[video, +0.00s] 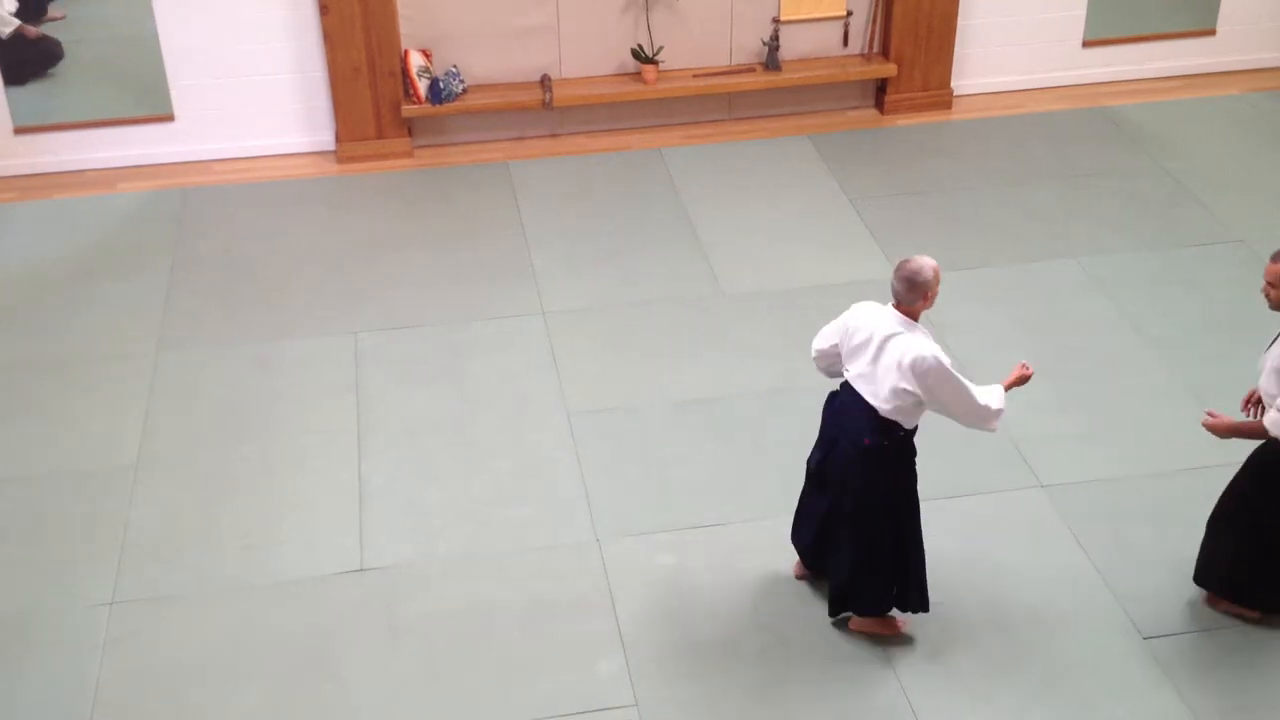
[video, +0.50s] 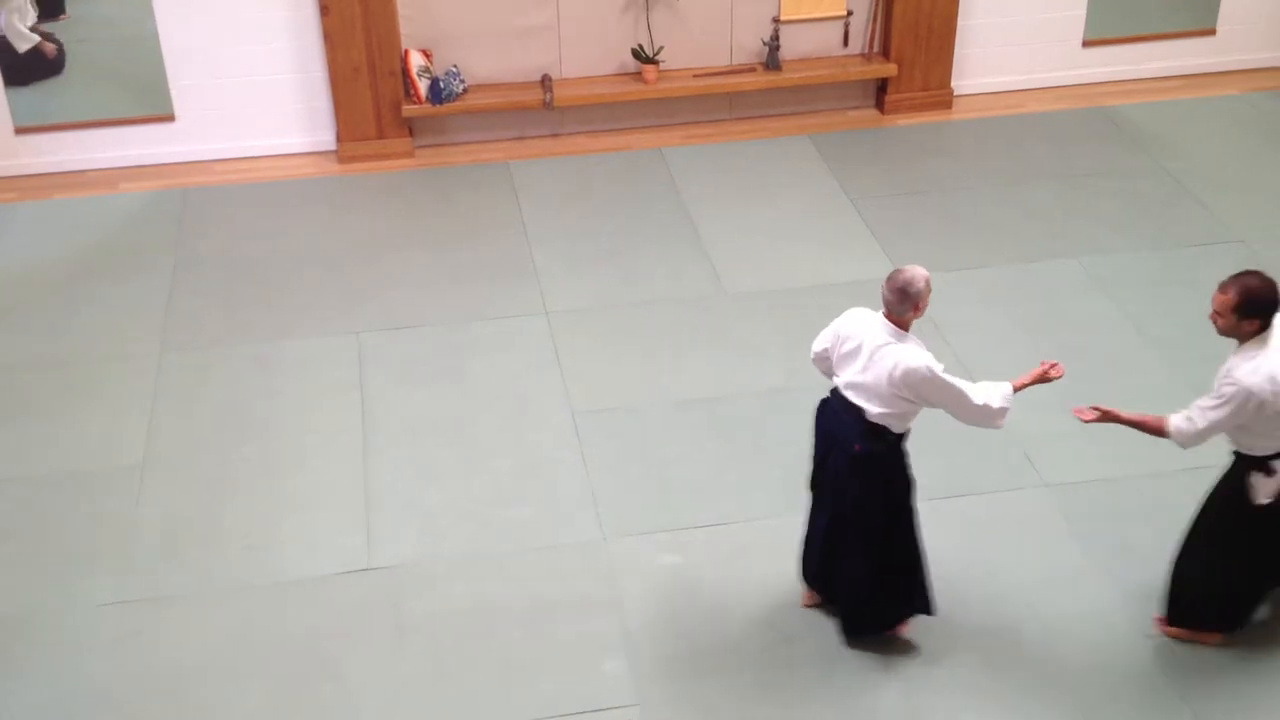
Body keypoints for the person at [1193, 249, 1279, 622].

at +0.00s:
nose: (1265, 290)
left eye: (1271, 285)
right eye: (1266, 283)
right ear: (1268, 283)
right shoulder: (1276, 339)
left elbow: (1278, 423)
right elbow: (1278, 375)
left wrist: (1236, 428)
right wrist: (1265, 392)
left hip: (1275, 450)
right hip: (1272, 444)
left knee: (1239, 511)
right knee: (1253, 511)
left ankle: (1243, 596)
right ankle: (1247, 591)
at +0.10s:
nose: (1265, 293)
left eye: (1271, 287)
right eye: (1265, 285)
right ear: (1269, 283)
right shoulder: (1279, 330)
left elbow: (1279, 422)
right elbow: (1279, 368)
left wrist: (1236, 429)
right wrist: (1263, 386)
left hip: (1277, 448)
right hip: (1275, 442)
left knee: (1241, 508)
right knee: (1257, 507)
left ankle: (1237, 595)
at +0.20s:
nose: (1259, 295)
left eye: (1266, 291)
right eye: (1260, 287)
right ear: (1267, 285)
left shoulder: (1278, 335)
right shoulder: (1275, 321)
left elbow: (1274, 424)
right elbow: (1275, 365)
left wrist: (1218, 428)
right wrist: (1254, 383)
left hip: (1276, 449)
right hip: (1271, 442)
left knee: (1241, 511)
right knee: (1249, 508)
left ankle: (1222, 607)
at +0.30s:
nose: (1248, 305)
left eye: (1256, 300)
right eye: (1249, 296)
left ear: (1278, 305)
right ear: (1272, 300)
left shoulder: (1278, 368)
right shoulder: (1271, 326)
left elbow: (1253, 432)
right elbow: (1265, 366)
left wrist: (1187, 426)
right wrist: (1241, 388)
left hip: (1272, 462)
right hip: (1264, 450)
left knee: (1236, 527)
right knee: (1239, 514)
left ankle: (1212, 621)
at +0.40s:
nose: (1230, 312)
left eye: (1239, 310)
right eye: (1232, 305)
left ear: (1271, 320)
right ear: (1269, 318)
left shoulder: (1268, 376)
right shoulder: (1268, 338)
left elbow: (1217, 434)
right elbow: (1258, 380)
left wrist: (1150, 422)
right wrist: (1229, 400)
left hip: (1268, 465)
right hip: (1268, 454)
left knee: (1222, 533)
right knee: (1251, 531)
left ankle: (1207, 621)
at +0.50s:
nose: (1211, 316)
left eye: (1220, 313)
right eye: (1214, 308)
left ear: (1252, 324)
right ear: (1256, 320)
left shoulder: (1247, 380)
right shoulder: (1274, 325)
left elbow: (1185, 430)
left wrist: (1115, 416)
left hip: (1261, 474)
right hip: (1272, 462)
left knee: (1212, 542)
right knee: (1256, 542)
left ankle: (1201, 622)